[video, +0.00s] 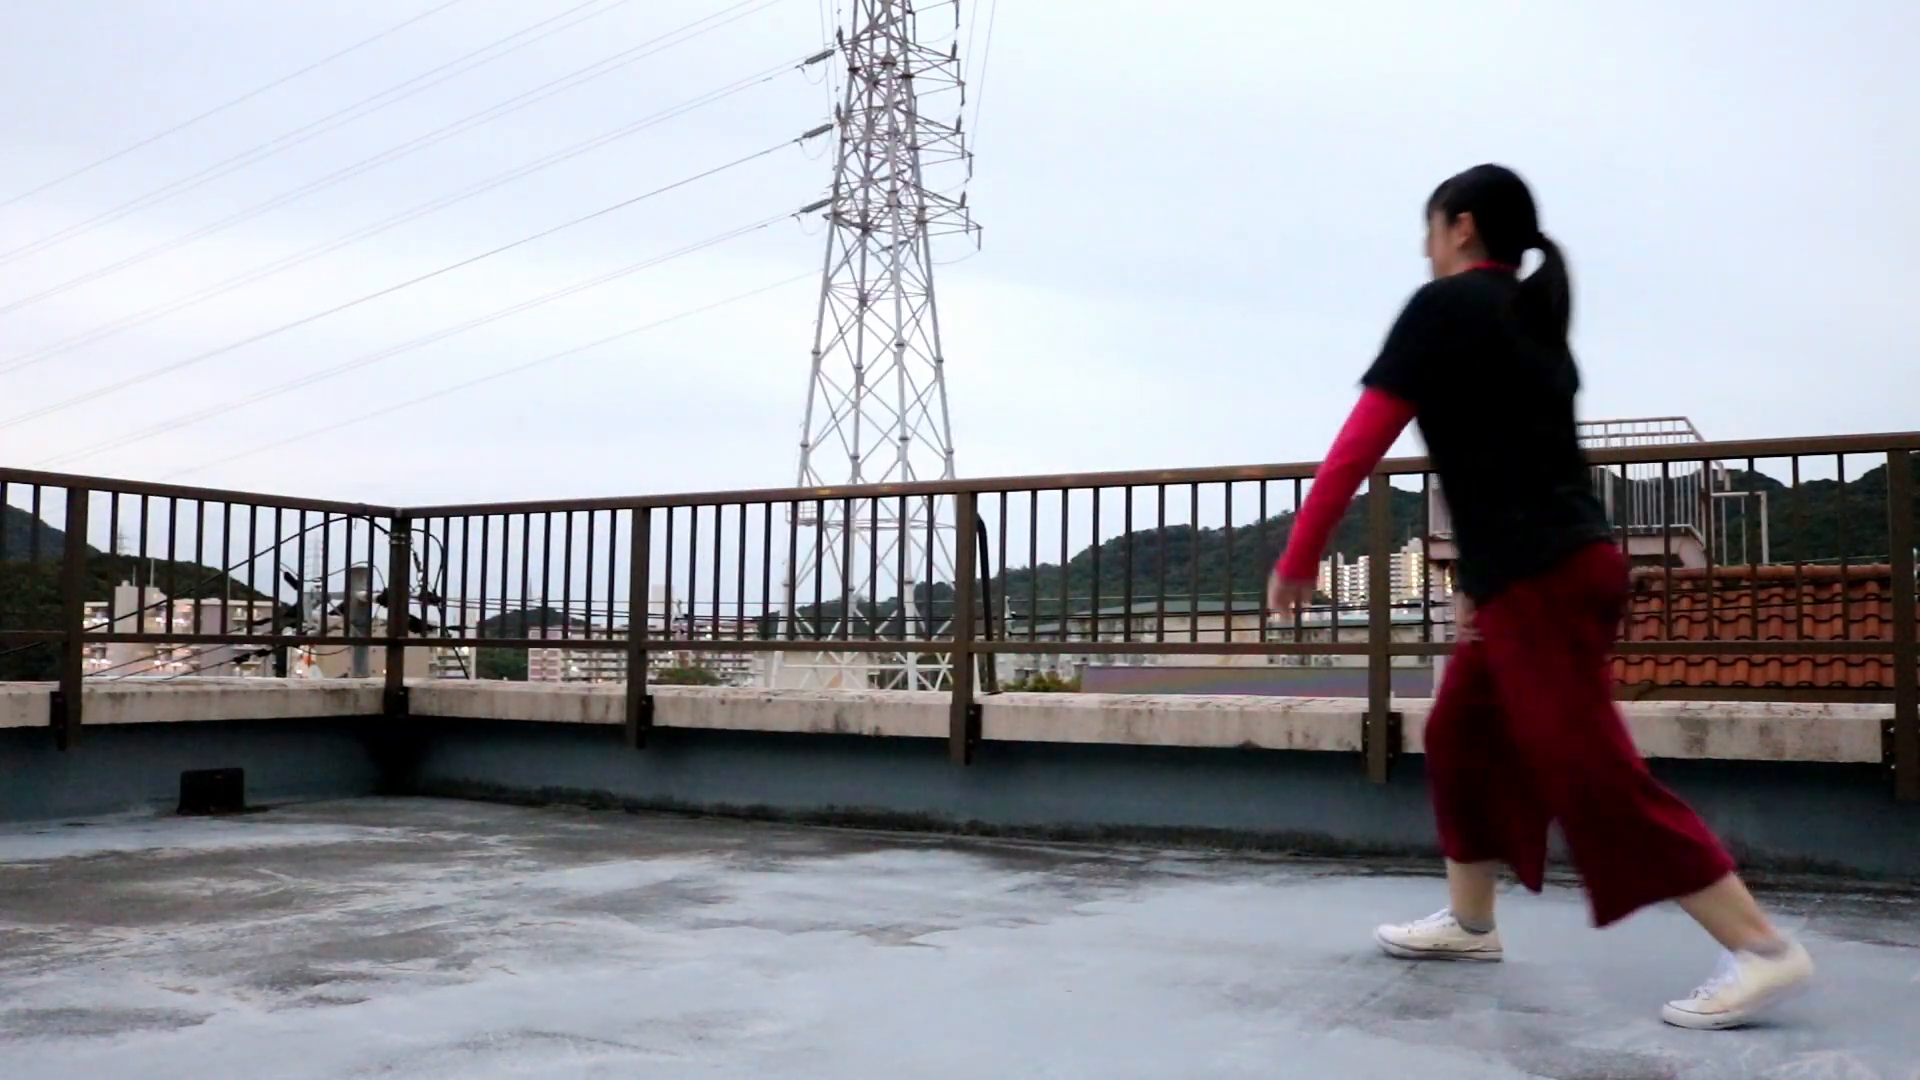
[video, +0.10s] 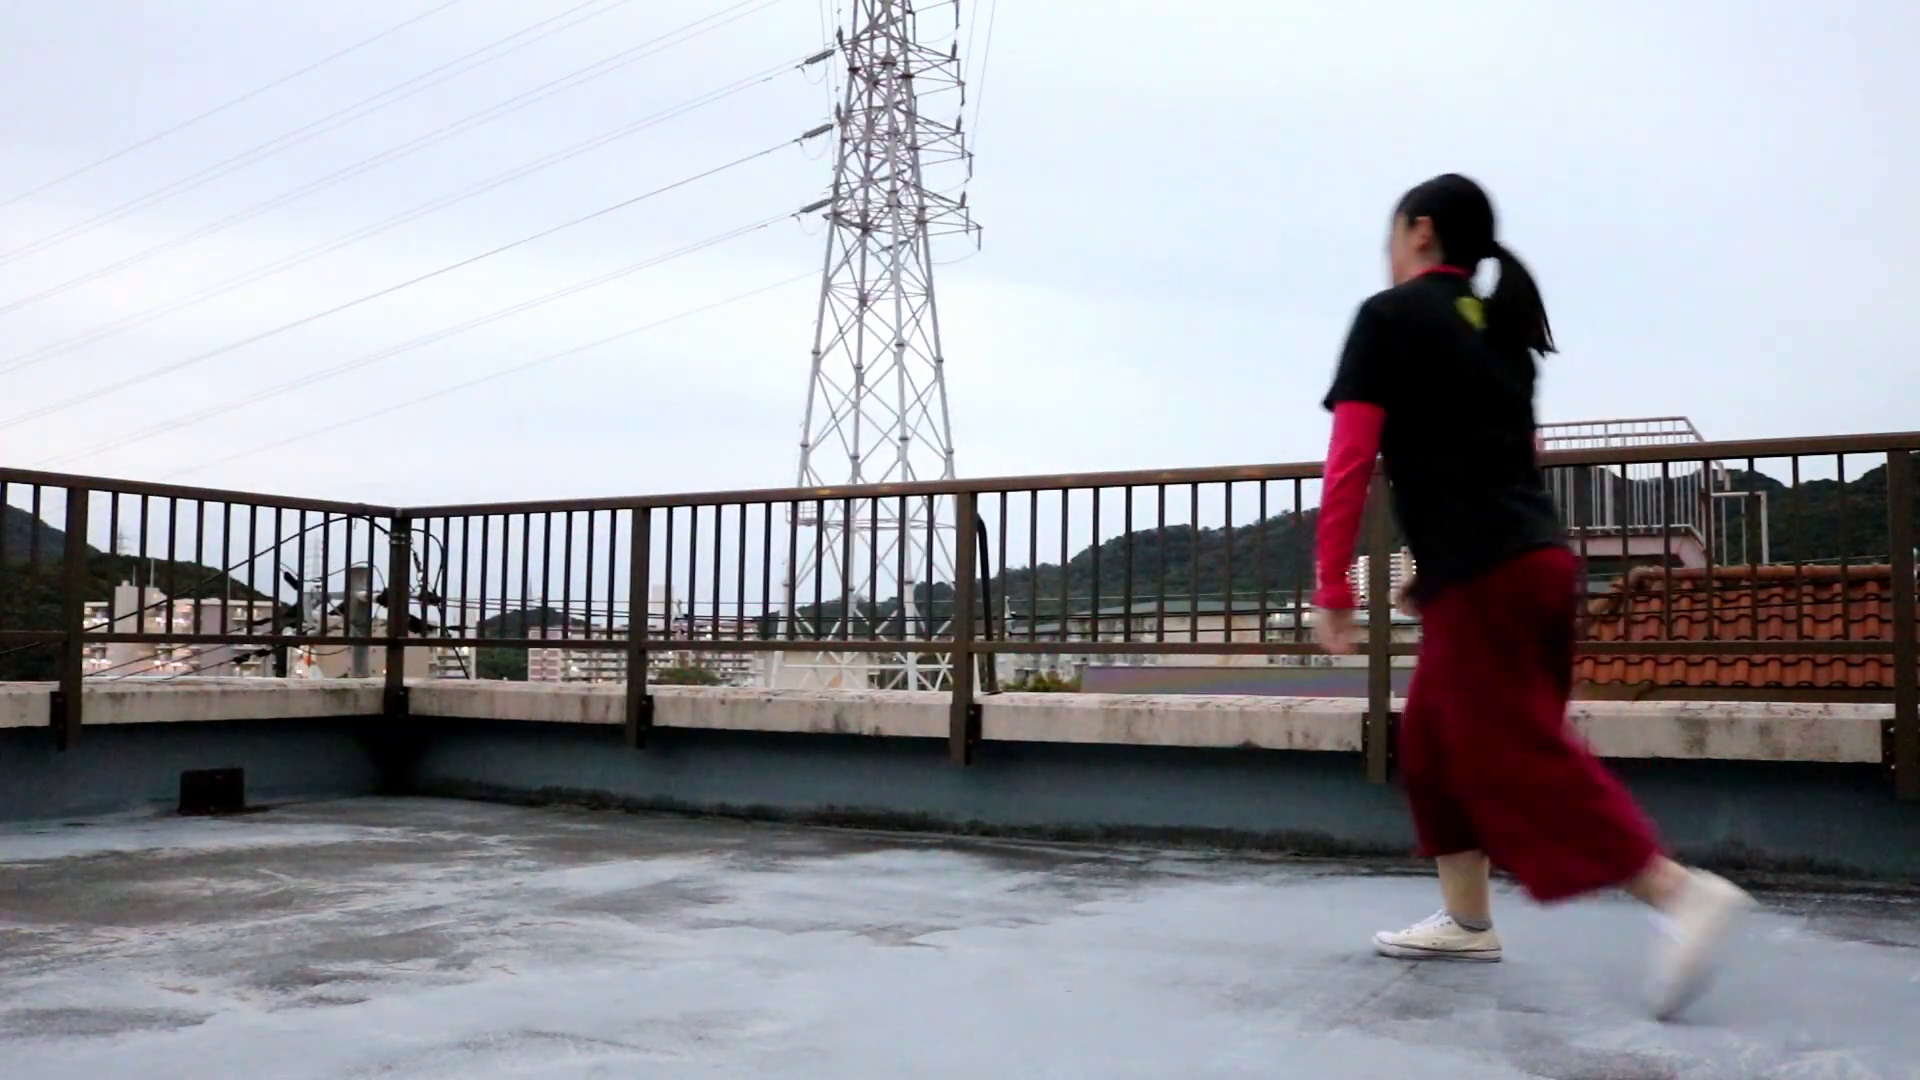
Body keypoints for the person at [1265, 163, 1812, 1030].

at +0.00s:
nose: (1426, 245)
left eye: (1432, 230)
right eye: (1430, 230)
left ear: (1463, 231)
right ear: (1502, 238)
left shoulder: (1438, 309)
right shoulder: (1530, 313)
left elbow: (1357, 447)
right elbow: (1538, 455)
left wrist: (1299, 555)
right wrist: (1493, 581)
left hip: (1534, 576)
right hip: (1574, 561)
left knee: (1591, 766)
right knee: (1456, 733)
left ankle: (1764, 949)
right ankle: (1470, 920)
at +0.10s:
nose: (1389, 241)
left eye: (1395, 227)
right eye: (1394, 226)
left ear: (1420, 234)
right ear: (1463, 245)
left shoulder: (1390, 316)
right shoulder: (1493, 326)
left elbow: (1350, 458)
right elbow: (1520, 453)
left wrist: (1330, 583)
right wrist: (1444, 561)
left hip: (1484, 572)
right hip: (1537, 560)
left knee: (1498, 744)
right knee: (1432, 729)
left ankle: (1684, 895)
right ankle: (1467, 920)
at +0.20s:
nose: (1341, 239)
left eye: (1347, 226)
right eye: (1346, 225)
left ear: (1370, 232)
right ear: (1421, 243)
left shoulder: (1353, 312)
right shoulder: (1445, 319)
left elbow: (1357, 452)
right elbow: (1468, 451)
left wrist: (1375, 573)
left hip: (1435, 561)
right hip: (1503, 555)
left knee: (1384, 741)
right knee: (1471, 728)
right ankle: (1465, 916)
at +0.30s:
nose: (1290, 242)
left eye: (1296, 227)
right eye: (1295, 227)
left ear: (1320, 229)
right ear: (1358, 237)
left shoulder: (1317, 305)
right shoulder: (1384, 306)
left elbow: (1357, 420)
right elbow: (1398, 433)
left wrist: (1385, 546)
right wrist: (1343, 553)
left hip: (1388, 555)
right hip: (1450, 545)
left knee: (1294, 710)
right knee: (1432, 721)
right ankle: (1466, 915)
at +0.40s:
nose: (1239, 242)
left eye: (1245, 228)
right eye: (1243, 227)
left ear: (1271, 233)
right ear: (1303, 239)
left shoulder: (1284, 312)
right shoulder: (1323, 313)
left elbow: (1337, 416)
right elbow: (1341, 428)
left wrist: (1374, 529)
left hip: (1334, 566)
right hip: (1390, 558)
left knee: (1233, 705)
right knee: (1411, 732)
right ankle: (1467, 918)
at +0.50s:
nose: (1190, 253)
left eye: (1196, 237)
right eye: (1195, 238)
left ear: (1223, 240)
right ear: (1252, 245)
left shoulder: (1241, 325)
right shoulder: (1272, 321)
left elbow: (1289, 437)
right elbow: (1281, 445)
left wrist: (1337, 539)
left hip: (1267, 584)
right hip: (1325, 576)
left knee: (1187, 728)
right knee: (1370, 734)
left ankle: (1143, 909)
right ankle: (1452, 897)